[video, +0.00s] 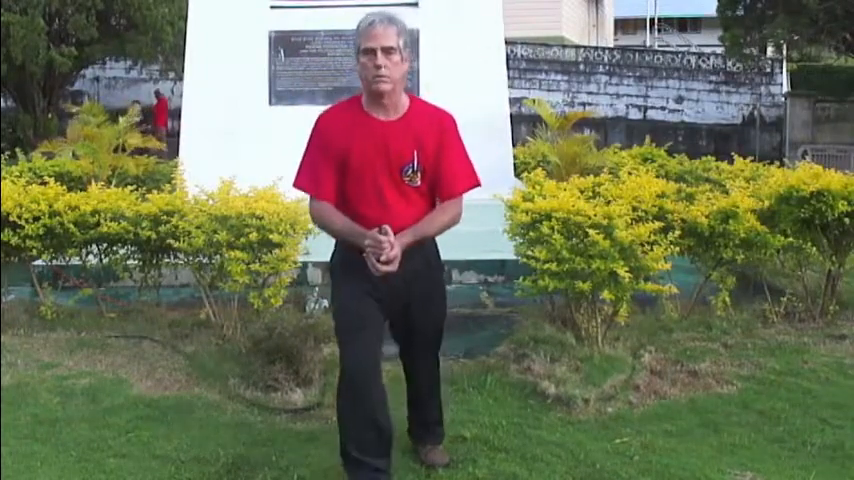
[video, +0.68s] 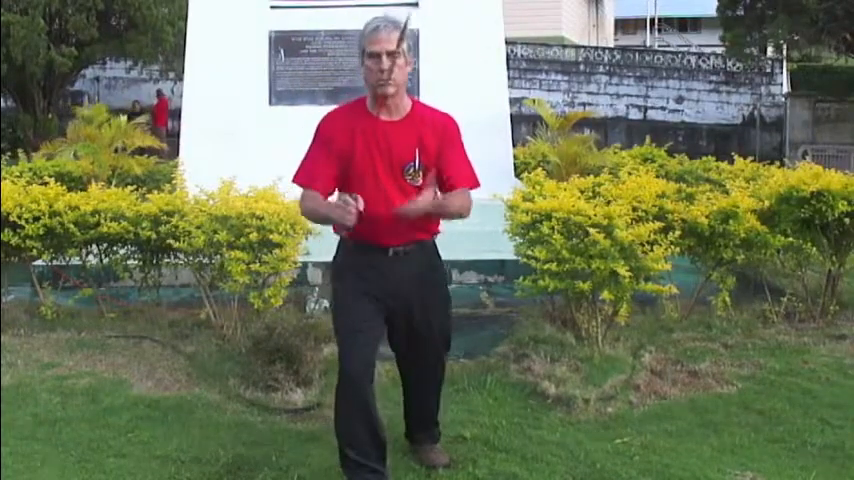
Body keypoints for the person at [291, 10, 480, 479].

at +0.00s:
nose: (378, 62)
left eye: (389, 53)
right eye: (368, 53)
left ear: (407, 62)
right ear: (357, 62)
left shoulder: (437, 123)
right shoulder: (333, 123)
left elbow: (452, 207)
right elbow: (320, 207)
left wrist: (404, 240)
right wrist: (364, 238)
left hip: (419, 261)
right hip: (355, 263)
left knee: (424, 357)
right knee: (358, 366)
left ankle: (429, 438)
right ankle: (367, 469)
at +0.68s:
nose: (383, 67)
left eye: (394, 57)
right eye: (373, 58)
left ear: (409, 63)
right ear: (361, 64)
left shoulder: (439, 125)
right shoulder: (338, 124)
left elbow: (464, 202)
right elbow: (308, 202)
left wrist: (435, 204)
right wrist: (333, 212)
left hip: (420, 264)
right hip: (358, 265)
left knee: (427, 360)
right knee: (354, 370)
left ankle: (425, 438)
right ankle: (365, 472)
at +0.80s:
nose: (396, 64)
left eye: (406, 55)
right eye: (386, 56)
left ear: (422, 61)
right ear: (375, 62)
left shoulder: (449, 123)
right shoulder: (348, 121)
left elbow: (487, 186)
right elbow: (306, 189)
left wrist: (470, 154)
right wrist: (322, 174)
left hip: (427, 261)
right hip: (366, 262)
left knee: (439, 357)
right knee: (361, 367)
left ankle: (426, 438)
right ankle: (366, 471)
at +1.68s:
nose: (375, 48)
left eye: (384, 40)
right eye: (366, 41)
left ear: (401, 50)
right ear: (355, 50)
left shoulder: (428, 109)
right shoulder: (333, 105)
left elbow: (475, 174)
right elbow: (299, 151)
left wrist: (446, 157)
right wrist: (258, 152)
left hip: (406, 241)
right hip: (347, 240)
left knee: (422, 343)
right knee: (335, 341)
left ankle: (427, 437)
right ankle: (333, 434)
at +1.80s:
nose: (365, 61)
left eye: (375, 52)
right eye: (357, 52)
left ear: (393, 62)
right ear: (347, 61)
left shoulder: (421, 119)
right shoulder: (328, 115)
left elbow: (467, 161)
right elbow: (289, 156)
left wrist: (490, 170)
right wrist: (235, 174)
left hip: (405, 247)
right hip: (344, 247)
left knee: (428, 340)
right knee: (333, 343)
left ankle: (434, 435)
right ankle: (333, 435)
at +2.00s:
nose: (376, 87)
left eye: (386, 79)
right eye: (367, 79)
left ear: (398, 89)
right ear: (354, 89)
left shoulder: (432, 143)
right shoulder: (330, 145)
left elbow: (502, 173)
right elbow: (286, 182)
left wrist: (563, 182)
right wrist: (237, 214)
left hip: (415, 265)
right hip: (352, 267)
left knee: (450, 352)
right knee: (331, 361)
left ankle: (487, 462)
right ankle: (333, 436)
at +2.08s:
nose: (390, 96)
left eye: (399, 88)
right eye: (380, 87)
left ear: (411, 98)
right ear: (364, 97)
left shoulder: (440, 153)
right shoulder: (339, 154)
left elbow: (511, 183)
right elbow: (294, 201)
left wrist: (575, 187)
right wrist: (245, 228)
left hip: (422, 272)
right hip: (359, 273)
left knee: (455, 356)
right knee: (335, 366)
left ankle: (497, 465)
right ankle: (334, 438)